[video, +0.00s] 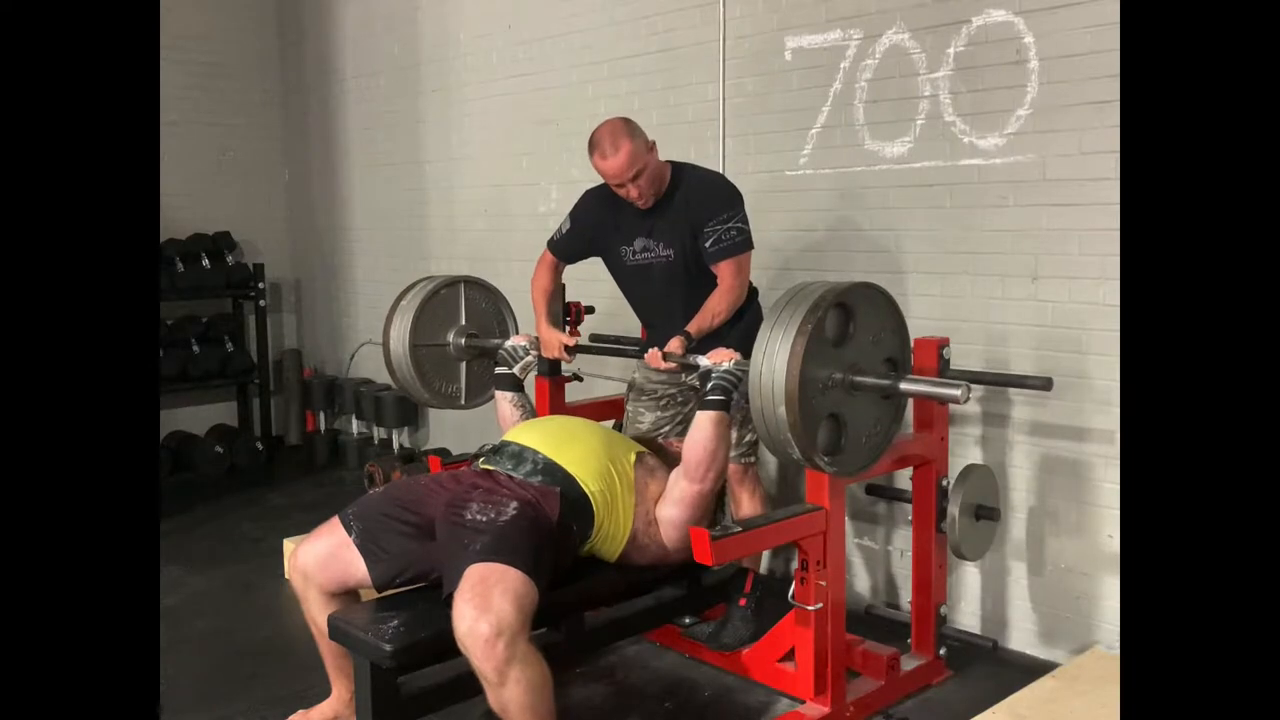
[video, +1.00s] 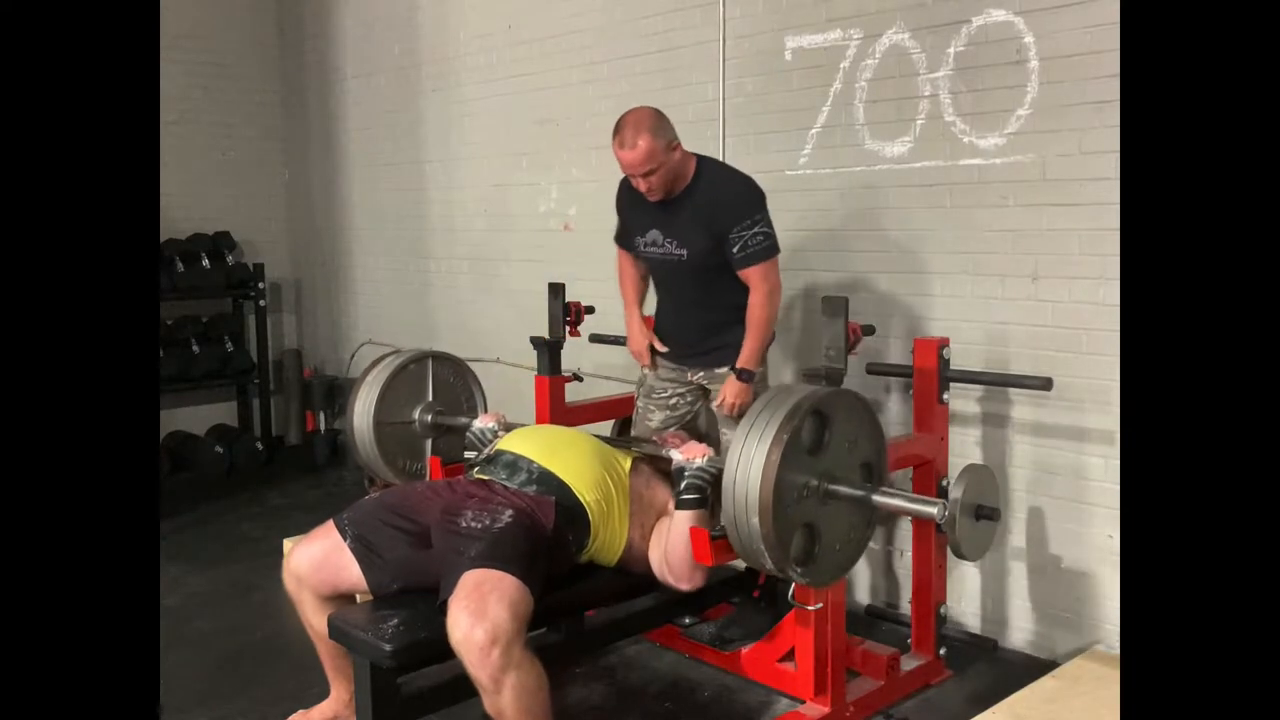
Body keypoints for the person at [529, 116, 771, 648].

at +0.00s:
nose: (632, 192)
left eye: (636, 177)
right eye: (617, 185)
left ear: (654, 150)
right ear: (600, 175)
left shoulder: (710, 193)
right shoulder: (598, 208)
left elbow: (734, 286)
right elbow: (549, 263)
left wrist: (684, 337)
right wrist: (545, 324)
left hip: (725, 347)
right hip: (659, 353)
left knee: (736, 467)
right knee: (651, 461)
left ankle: (756, 587)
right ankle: (694, 576)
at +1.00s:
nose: (640, 186)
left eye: (648, 173)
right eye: (631, 176)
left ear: (676, 151)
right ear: (622, 164)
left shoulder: (733, 194)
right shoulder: (631, 194)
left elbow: (766, 287)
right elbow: (630, 254)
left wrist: (744, 373)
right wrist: (634, 319)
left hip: (731, 366)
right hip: (667, 363)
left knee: (738, 480)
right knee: (649, 473)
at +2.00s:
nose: (656, 181)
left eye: (662, 166)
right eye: (643, 172)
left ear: (682, 140)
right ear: (628, 163)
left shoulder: (738, 192)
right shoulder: (627, 199)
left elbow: (774, 280)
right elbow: (583, 247)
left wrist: (720, 321)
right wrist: (567, 291)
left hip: (746, 347)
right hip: (677, 351)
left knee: (751, 465)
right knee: (666, 460)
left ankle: (770, 593)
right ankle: (700, 583)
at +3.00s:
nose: (675, 167)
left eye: (683, 157)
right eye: (671, 156)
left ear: (718, 145)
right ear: (676, 148)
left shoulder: (775, 184)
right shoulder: (672, 195)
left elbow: (795, 270)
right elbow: (638, 254)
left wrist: (753, 327)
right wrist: (624, 310)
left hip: (763, 354)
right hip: (697, 351)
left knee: (758, 465)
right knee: (664, 450)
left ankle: (772, 592)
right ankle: (698, 573)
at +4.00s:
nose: (682, 147)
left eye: (689, 131)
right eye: (670, 139)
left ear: (712, 113)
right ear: (659, 134)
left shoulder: (765, 171)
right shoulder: (665, 183)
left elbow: (800, 251)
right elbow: (642, 250)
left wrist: (770, 328)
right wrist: (621, 308)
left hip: (749, 356)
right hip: (686, 351)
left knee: (761, 472)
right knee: (688, 468)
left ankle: (773, 591)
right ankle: (693, 578)